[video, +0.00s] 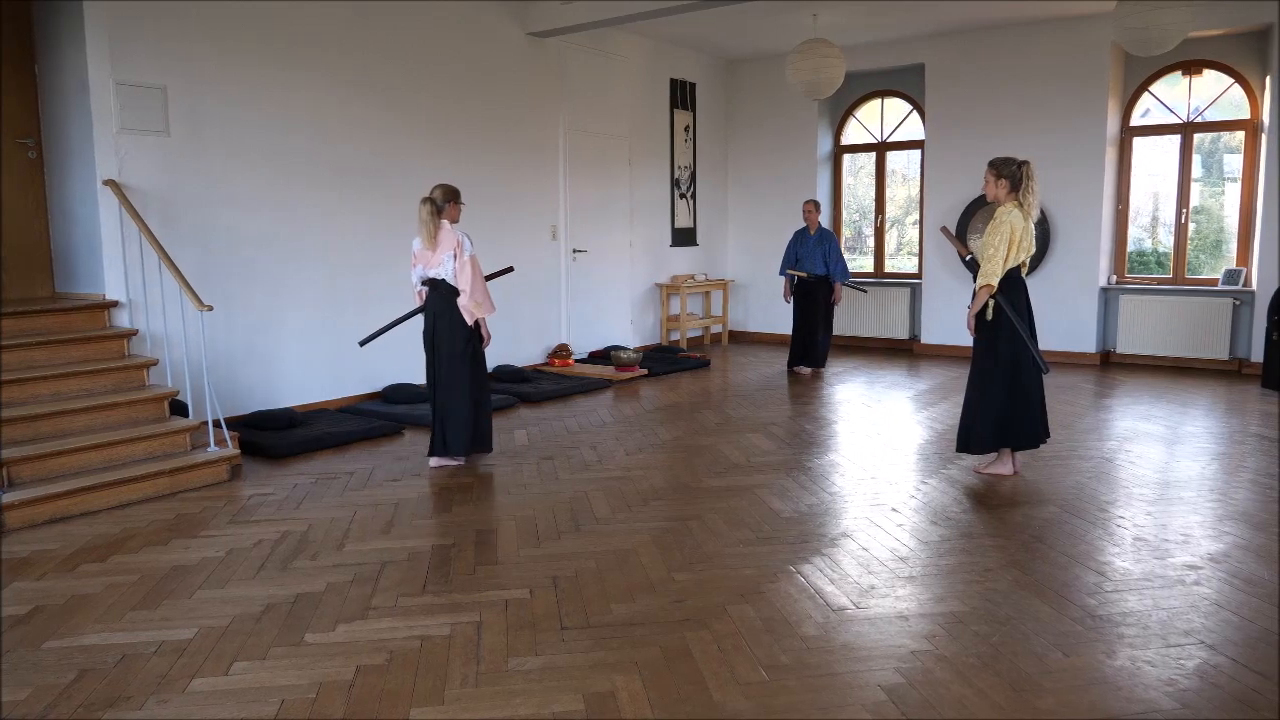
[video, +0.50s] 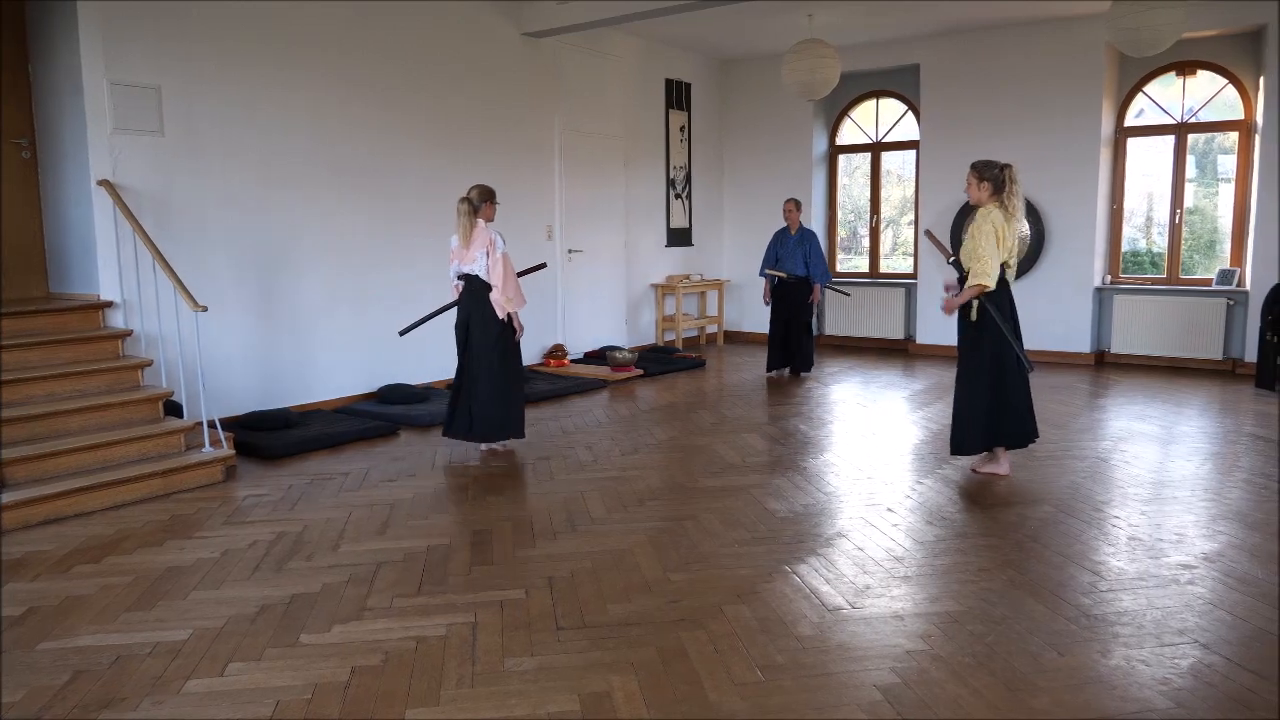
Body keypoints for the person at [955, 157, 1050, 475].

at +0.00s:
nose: (984, 187)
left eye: (988, 181)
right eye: (985, 181)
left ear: (1003, 184)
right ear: (1010, 185)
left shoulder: (1004, 217)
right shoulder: (1022, 216)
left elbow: (992, 269)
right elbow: (994, 266)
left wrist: (973, 308)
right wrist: (965, 251)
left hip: (1000, 302)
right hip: (1015, 298)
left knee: (1000, 375)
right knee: (1008, 375)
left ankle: (1005, 457)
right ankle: (1007, 454)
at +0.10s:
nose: (982, 187)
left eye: (986, 181)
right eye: (983, 181)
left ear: (1001, 185)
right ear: (1008, 185)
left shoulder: (1002, 217)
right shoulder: (1021, 216)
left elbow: (991, 270)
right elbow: (988, 268)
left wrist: (971, 309)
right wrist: (962, 250)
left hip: (999, 302)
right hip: (1014, 299)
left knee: (999, 375)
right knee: (1007, 375)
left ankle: (1004, 457)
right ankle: (1006, 455)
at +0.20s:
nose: (979, 187)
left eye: (983, 182)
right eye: (980, 181)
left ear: (999, 185)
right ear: (1006, 185)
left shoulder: (1000, 217)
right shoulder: (1019, 215)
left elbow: (989, 269)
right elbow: (987, 268)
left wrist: (969, 308)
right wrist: (959, 250)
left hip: (996, 301)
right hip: (1011, 298)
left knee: (997, 374)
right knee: (1006, 374)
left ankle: (1003, 457)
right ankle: (1005, 454)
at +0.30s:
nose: (976, 188)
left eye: (980, 183)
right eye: (977, 182)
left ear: (996, 185)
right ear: (1002, 186)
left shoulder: (997, 217)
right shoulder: (1016, 216)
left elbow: (986, 269)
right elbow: (998, 265)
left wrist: (967, 309)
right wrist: (962, 255)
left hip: (994, 301)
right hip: (1009, 298)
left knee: (997, 375)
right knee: (1002, 374)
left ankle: (1003, 457)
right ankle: (1002, 453)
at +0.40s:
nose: (973, 188)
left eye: (976, 183)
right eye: (973, 183)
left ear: (992, 186)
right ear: (998, 186)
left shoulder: (993, 217)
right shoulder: (1013, 215)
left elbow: (983, 269)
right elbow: (1006, 263)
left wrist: (964, 308)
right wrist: (965, 261)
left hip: (990, 301)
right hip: (1005, 298)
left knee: (995, 375)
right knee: (1000, 374)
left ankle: (1002, 457)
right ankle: (1001, 451)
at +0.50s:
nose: (966, 190)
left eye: (969, 184)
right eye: (966, 184)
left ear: (986, 188)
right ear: (990, 188)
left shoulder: (984, 220)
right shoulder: (1004, 216)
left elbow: (984, 275)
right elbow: (998, 266)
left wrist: (958, 300)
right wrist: (963, 282)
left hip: (987, 305)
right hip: (999, 302)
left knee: (994, 376)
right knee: (992, 375)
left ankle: (1001, 458)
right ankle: (994, 450)